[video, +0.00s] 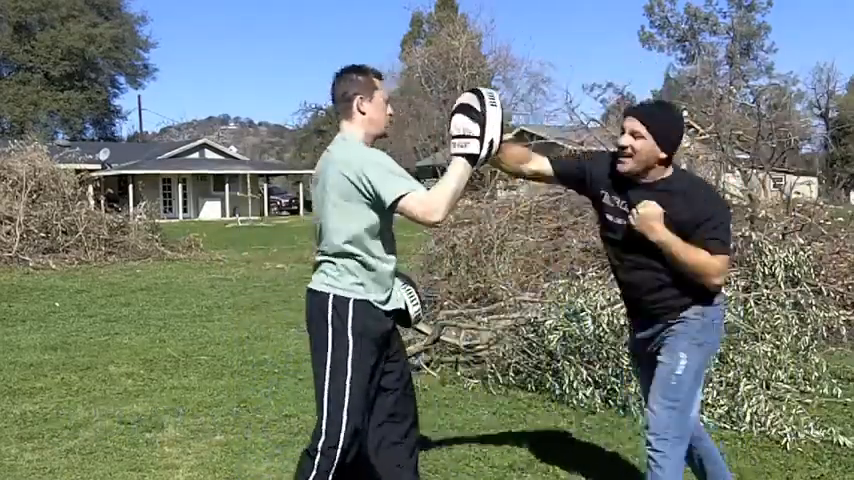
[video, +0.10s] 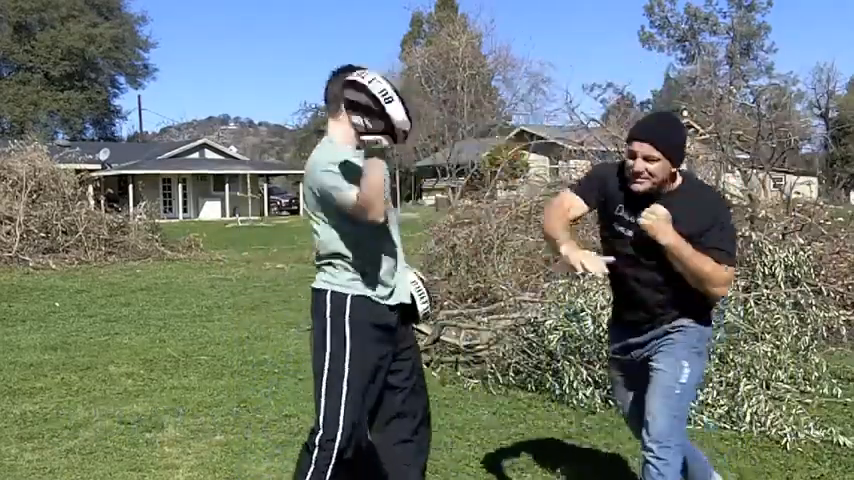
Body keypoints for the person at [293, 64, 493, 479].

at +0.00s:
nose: (390, 111)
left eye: (389, 102)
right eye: (385, 101)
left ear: (354, 106)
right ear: (360, 104)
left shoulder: (337, 157)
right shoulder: (362, 159)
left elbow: (346, 235)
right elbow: (431, 210)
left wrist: (387, 281)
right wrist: (466, 154)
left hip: (369, 302)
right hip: (345, 302)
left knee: (393, 423)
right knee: (340, 428)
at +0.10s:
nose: (381, 121)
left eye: (380, 114)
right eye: (377, 111)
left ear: (343, 107)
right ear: (358, 106)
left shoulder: (359, 161)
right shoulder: (325, 163)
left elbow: (377, 237)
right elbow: (372, 212)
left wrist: (403, 274)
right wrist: (376, 155)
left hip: (385, 300)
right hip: (347, 300)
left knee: (405, 424)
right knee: (338, 427)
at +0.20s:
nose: (381, 114)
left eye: (380, 105)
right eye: (374, 105)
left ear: (349, 106)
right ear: (345, 105)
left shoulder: (376, 160)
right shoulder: (315, 164)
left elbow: (386, 220)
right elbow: (276, 223)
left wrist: (411, 255)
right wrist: (288, 155)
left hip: (396, 304)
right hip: (345, 305)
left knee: (415, 422)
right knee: (333, 426)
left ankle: (410, 474)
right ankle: (315, 476)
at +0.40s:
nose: (379, 114)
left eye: (379, 104)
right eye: (372, 104)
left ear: (345, 105)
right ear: (340, 105)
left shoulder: (379, 156)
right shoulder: (304, 160)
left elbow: (401, 212)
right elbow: (259, 239)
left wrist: (433, 247)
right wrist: (276, 183)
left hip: (393, 312)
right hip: (334, 312)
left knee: (415, 434)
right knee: (318, 435)